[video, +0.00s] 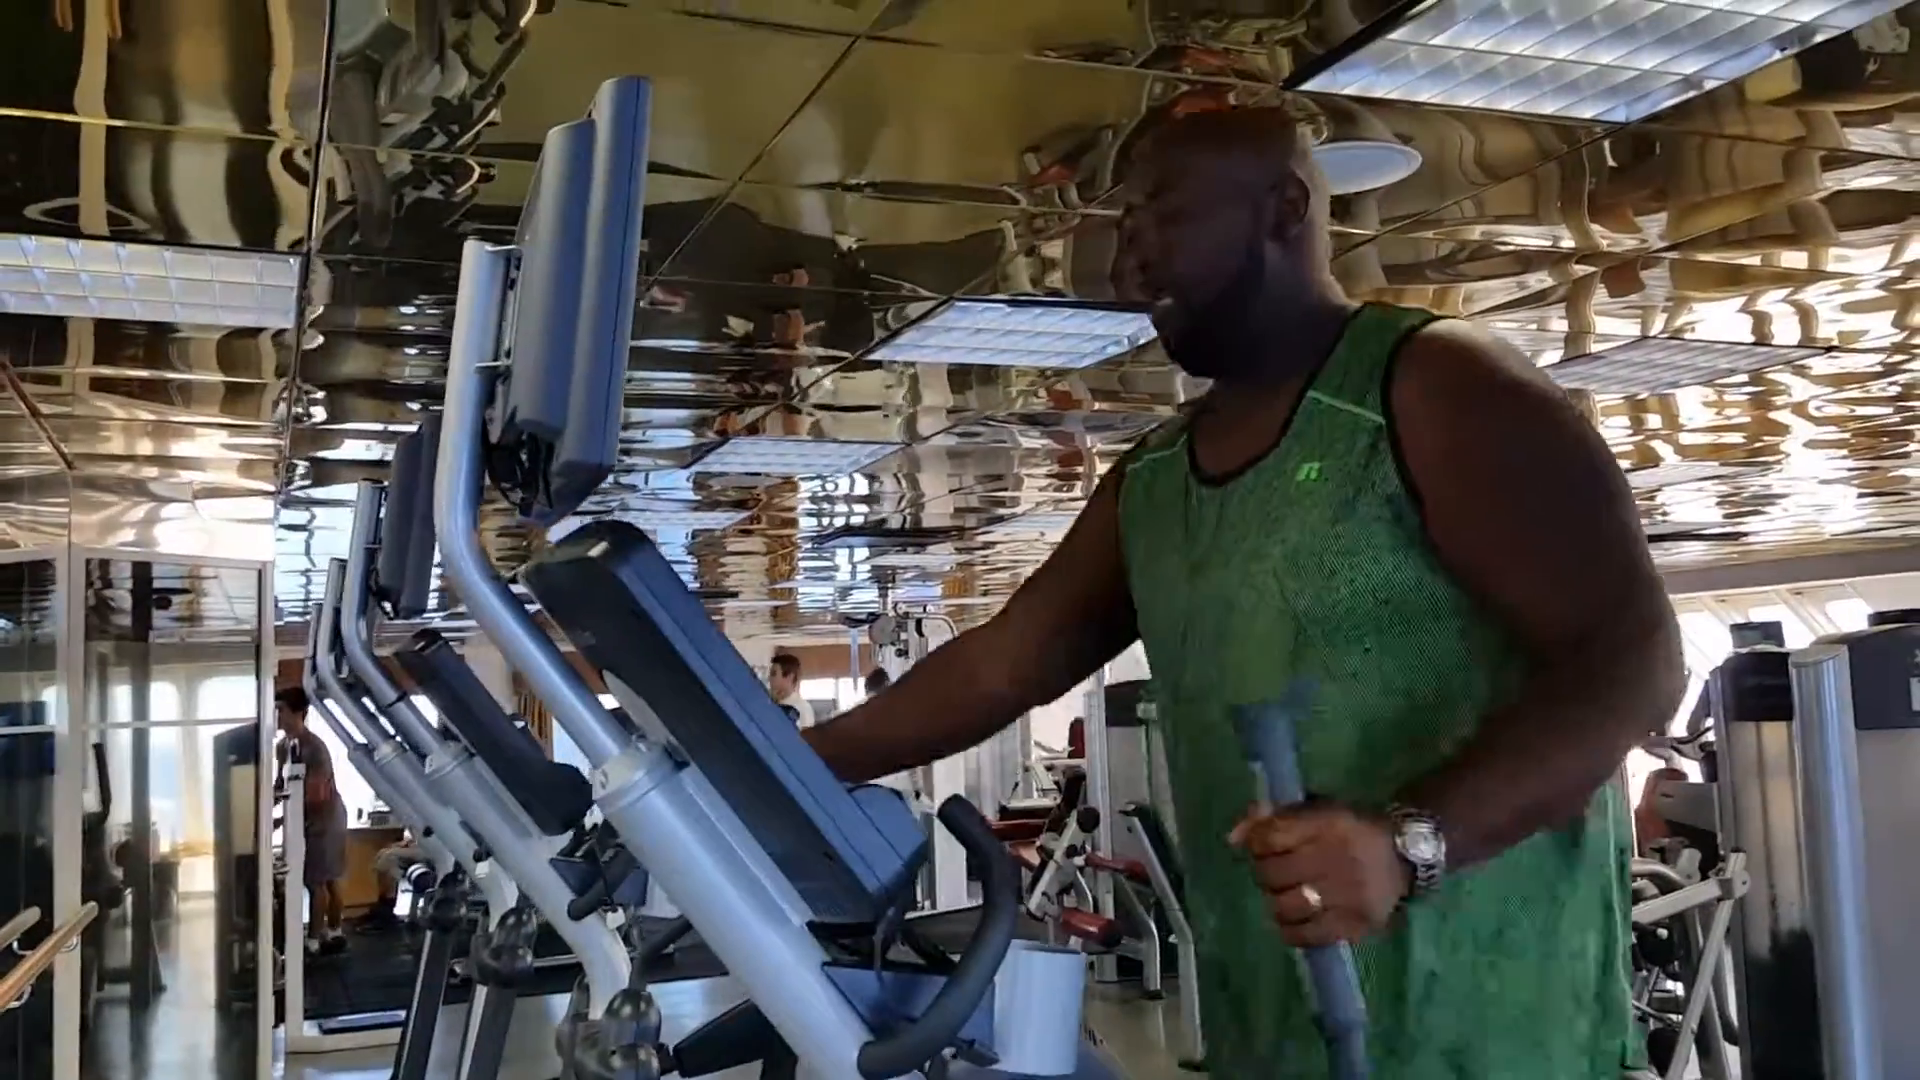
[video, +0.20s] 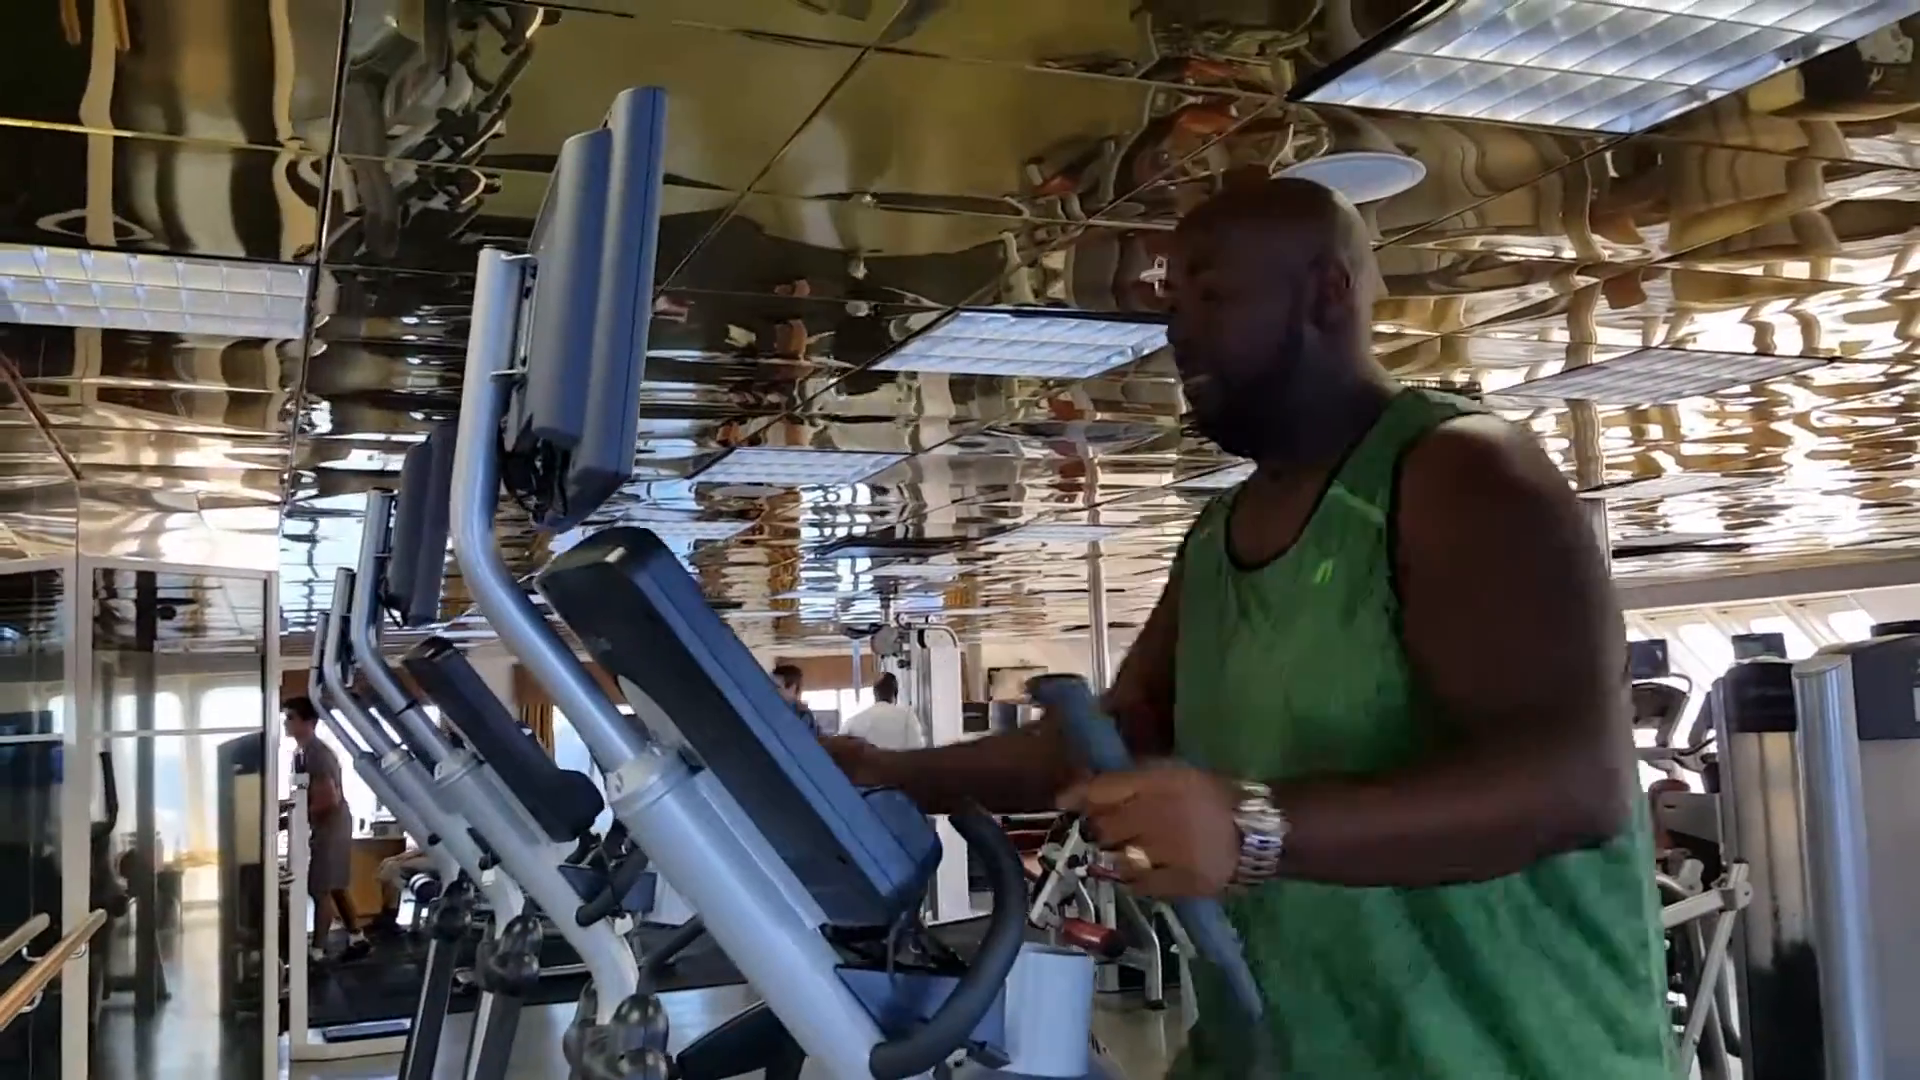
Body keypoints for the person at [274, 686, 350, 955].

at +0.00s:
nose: (277, 716)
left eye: (281, 710)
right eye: (277, 710)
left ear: (297, 713)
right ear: (291, 714)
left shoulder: (313, 746)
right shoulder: (285, 747)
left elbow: (315, 793)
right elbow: (283, 786)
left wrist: (281, 819)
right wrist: (267, 806)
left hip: (325, 816)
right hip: (307, 816)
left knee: (317, 880)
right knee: (329, 879)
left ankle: (315, 937)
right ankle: (335, 932)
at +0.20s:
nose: (286, 724)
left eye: (290, 718)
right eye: (286, 718)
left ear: (306, 722)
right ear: (306, 722)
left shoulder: (318, 753)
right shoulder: (304, 754)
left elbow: (329, 798)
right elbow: (305, 795)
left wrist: (298, 814)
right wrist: (288, 811)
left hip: (332, 827)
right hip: (323, 826)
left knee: (322, 888)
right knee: (335, 886)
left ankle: (318, 948)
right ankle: (357, 937)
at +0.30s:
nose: (298, 725)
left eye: (301, 720)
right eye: (298, 720)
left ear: (315, 724)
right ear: (318, 724)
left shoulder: (322, 753)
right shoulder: (326, 750)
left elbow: (329, 800)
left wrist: (299, 807)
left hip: (334, 828)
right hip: (342, 826)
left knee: (325, 892)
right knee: (342, 888)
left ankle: (320, 952)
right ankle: (367, 939)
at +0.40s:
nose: (311, 723)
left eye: (314, 718)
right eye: (312, 718)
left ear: (325, 722)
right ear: (333, 721)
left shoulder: (334, 754)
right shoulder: (346, 750)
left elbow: (333, 798)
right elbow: (341, 796)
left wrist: (306, 801)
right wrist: (311, 794)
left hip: (339, 832)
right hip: (352, 829)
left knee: (328, 894)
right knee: (350, 889)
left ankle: (322, 951)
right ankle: (374, 939)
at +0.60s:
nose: (338, 720)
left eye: (340, 713)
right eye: (338, 713)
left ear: (351, 720)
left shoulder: (354, 754)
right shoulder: (361, 751)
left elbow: (324, 787)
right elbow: (325, 773)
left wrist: (310, 748)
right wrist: (311, 749)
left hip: (352, 835)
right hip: (366, 833)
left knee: (339, 891)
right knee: (375, 886)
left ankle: (327, 949)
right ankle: (384, 942)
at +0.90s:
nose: (344, 741)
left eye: (345, 735)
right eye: (342, 736)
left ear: (358, 733)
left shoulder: (368, 758)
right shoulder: (376, 757)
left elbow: (342, 791)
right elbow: (345, 789)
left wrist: (316, 777)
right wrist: (319, 777)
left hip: (364, 835)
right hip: (379, 834)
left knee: (338, 885)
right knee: (380, 887)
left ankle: (347, 945)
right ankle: (389, 945)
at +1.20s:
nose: (343, 729)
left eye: (346, 722)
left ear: (353, 727)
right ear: (367, 728)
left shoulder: (358, 757)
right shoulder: (371, 755)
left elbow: (348, 799)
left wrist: (320, 818)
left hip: (357, 829)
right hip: (372, 828)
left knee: (346, 891)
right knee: (375, 888)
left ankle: (349, 951)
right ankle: (385, 946)